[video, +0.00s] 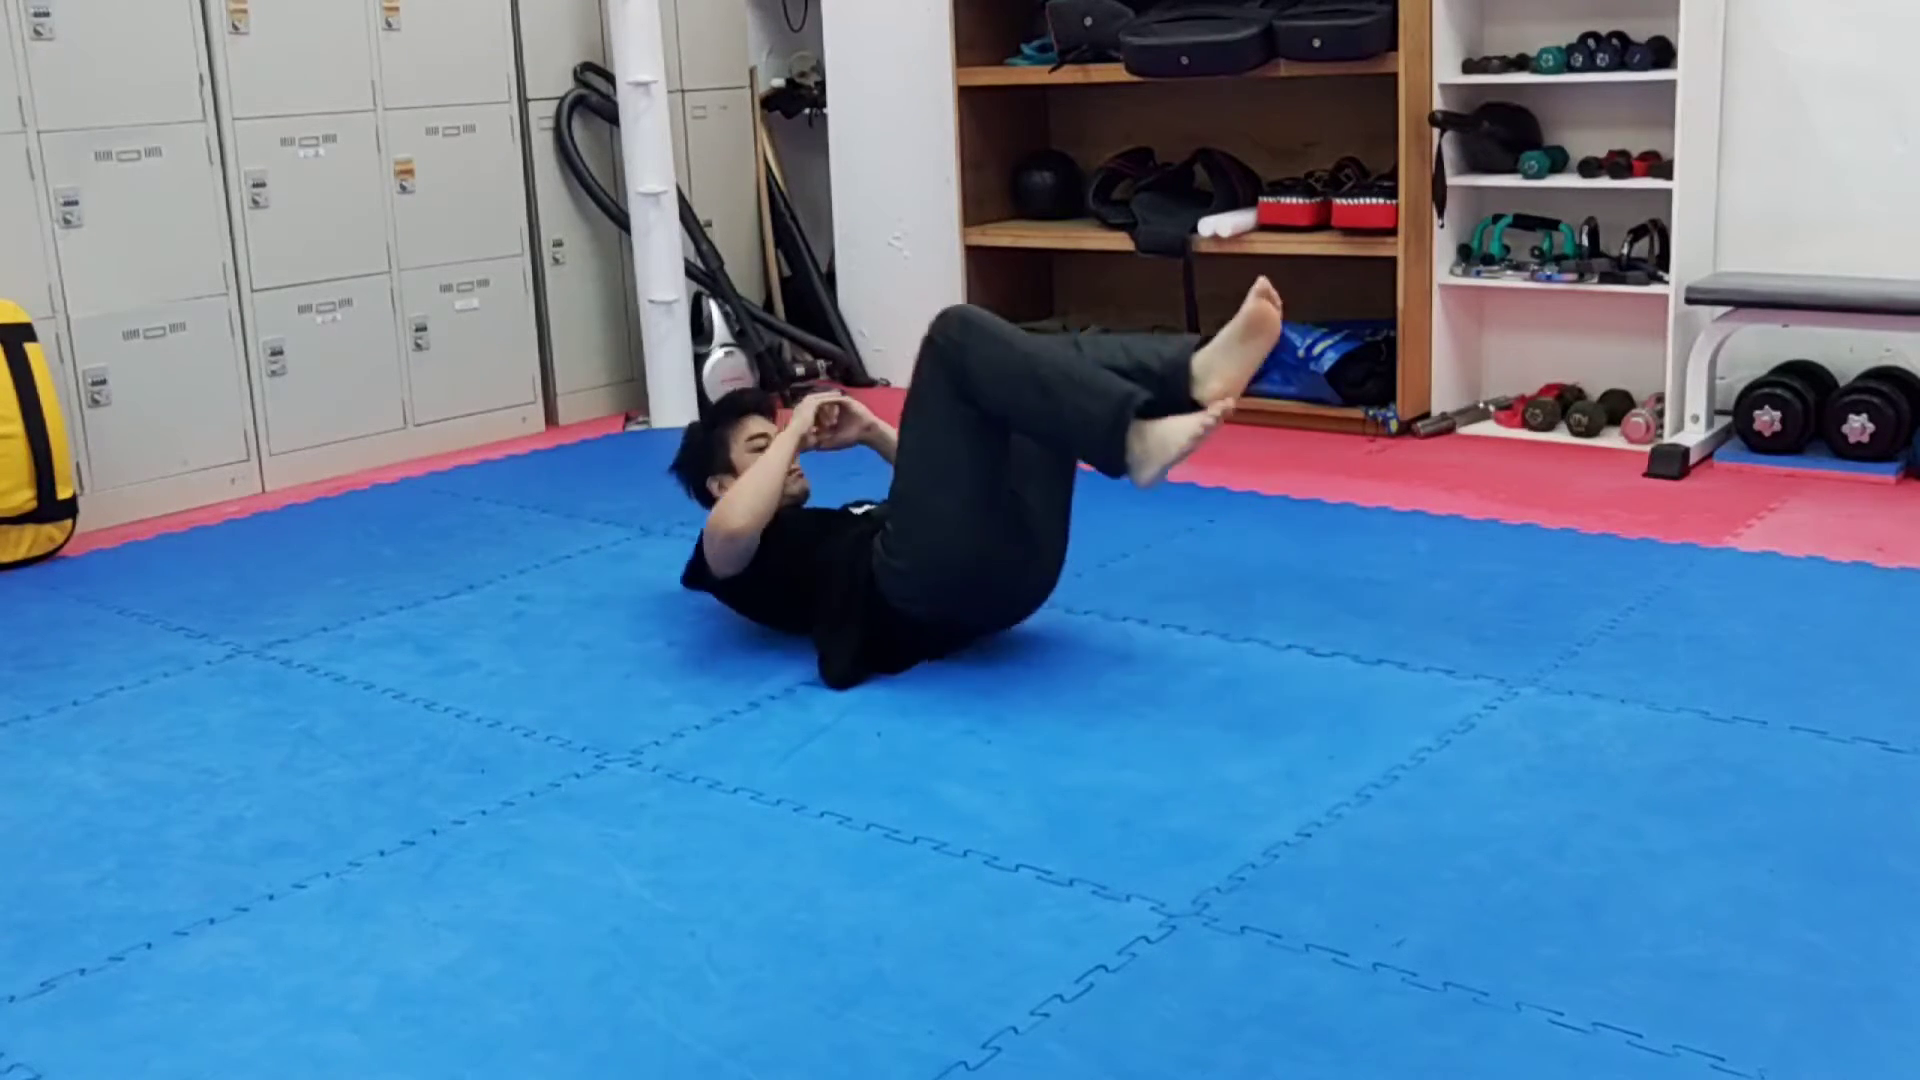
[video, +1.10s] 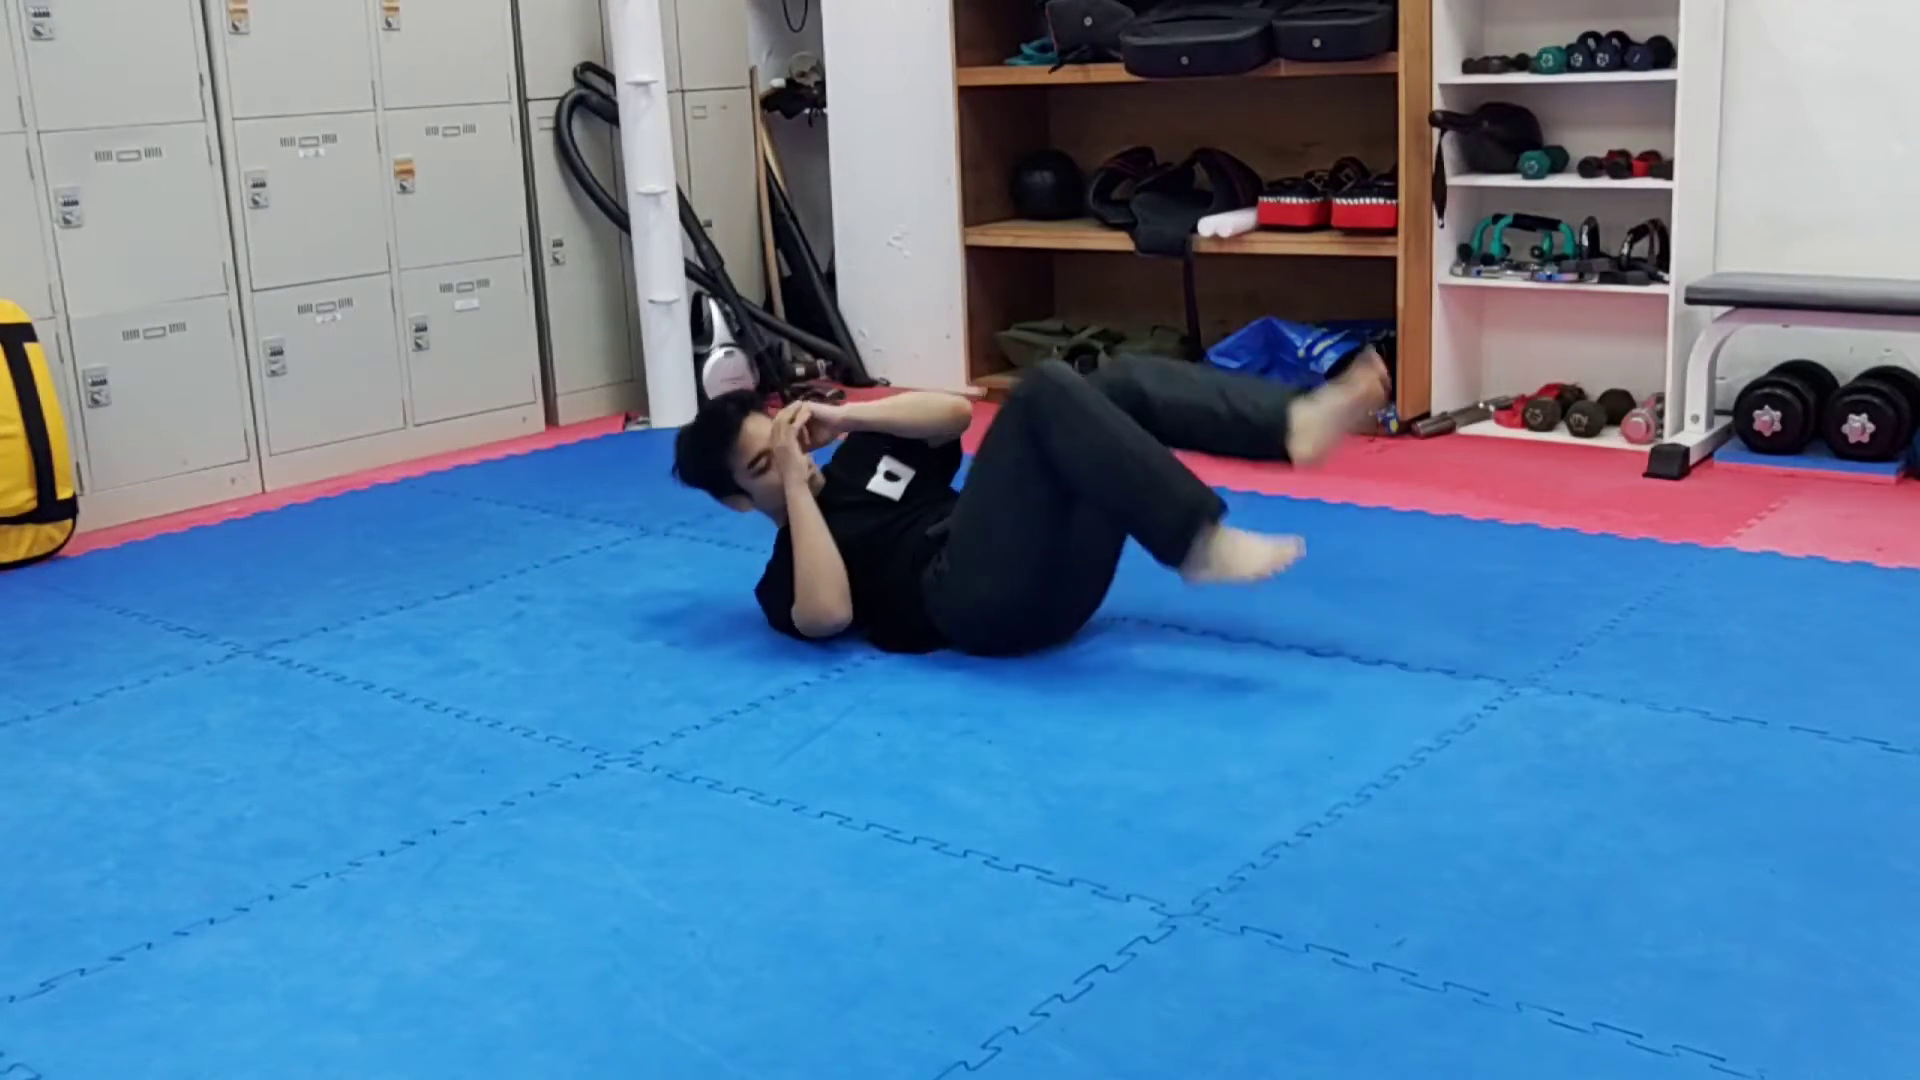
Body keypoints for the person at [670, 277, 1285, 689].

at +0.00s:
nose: (785, 456)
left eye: (788, 440)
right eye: (758, 448)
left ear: (800, 451)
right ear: (717, 485)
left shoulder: (836, 525)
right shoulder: (727, 557)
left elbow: (940, 486)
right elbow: (734, 523)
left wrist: (876, 436)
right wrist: (791, 438)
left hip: (1006, 572)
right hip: (930, 583)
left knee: (1033, 362)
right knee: (956, 336)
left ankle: (1194, 372)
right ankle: (1127, 441)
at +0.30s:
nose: (795, 453)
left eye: (792, 441)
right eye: (773, 445)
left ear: (793, 449)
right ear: (726, 477)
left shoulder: (819, 511)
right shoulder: (725, 538)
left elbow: (955, 486)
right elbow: (819, 505)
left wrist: (910, 448)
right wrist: (860, 431)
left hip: (1006, 569)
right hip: (947, 598)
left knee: (1025, 349)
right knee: (969, 386)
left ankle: (1207, 455)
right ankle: (1152, 509)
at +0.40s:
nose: (814, 427)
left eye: (810, 415)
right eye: (790, 420)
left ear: (817, 431)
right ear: (743, 455)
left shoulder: (847, 499)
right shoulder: (736, 522)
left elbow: (972, 513)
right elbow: (834, 511)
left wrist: (930, 449)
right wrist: (873, 434)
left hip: (1027, 592)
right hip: (964, 618)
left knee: (1093, 392)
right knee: (1016, 409)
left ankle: (1249, 523)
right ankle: (1184, 565)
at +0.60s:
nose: (855, 383)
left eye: (853, 365)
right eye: (829, 373)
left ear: (860, 369)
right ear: (777, 400)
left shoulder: (911, 444)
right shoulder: (775, 487)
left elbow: (1032, 475)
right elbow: (830, 534)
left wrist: (968, 407)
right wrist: (890, 420)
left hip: (1052, 585)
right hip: (982, 616)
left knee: (1178, 433)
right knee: (1099, 431)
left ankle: (1323, 585)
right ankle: (1238, 612)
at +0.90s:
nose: (814, 411)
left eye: (807, 391)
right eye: (790, 420)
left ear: (820, 374)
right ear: (768, 448)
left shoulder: (904, 412)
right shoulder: (805, 524)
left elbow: (1002, 398)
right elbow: (842, 610)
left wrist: (892, 410)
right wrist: (831, 475)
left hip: (1077, 564)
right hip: (1000, 607)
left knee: (1217, 434)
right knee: (1115, 444)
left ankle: (1348, 589)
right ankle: (1247, 625)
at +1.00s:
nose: (798, 428)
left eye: (793, 411)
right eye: (775, 437)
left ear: (808, 396)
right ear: (755, 469)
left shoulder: (885, 436)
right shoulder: (793, 552)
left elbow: (976, 403)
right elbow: (841, 617)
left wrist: (861, 416)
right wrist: (812, 489)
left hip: (1073, 569)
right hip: (995, 610)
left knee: (1185, 414)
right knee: (1094, 421)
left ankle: (1332, 533)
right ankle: (1220, 605)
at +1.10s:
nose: (795, 447)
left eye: (791, 429)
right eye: (768, 455)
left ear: (799, 428)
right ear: (744, 494)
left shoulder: (874, 456)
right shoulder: (786, 579)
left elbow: (959, 411)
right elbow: (827, 616)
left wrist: (842, 415)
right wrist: (794, 488)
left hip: (1055, 571)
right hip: (983, 607)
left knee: (1122, 379)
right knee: (1047, 391)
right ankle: (1197, 541)